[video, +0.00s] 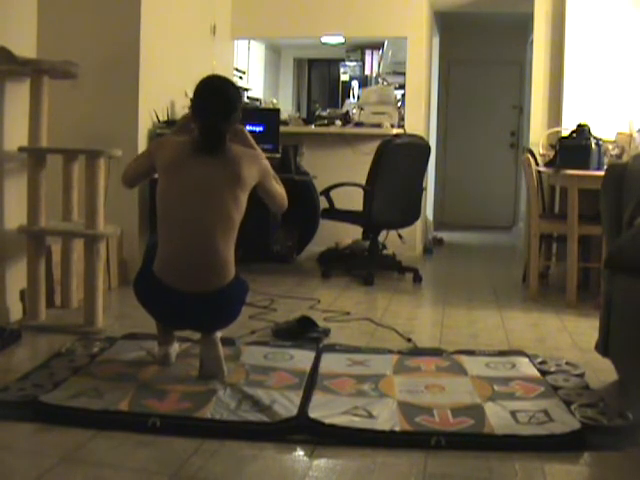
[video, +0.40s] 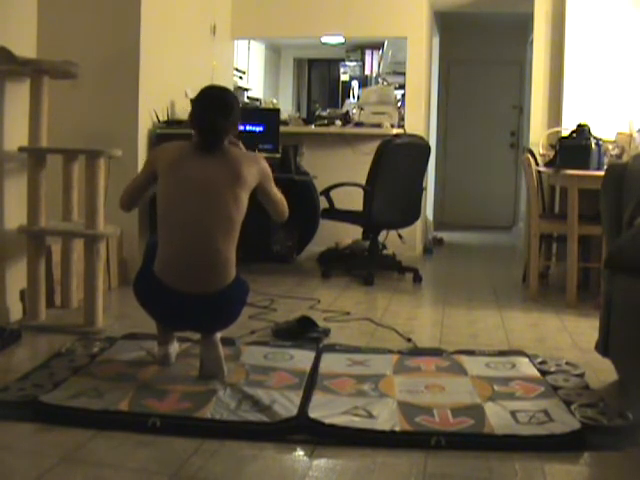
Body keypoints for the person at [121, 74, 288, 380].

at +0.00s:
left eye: (194, 104)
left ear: (193, 111)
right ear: (236, 117)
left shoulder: (166, 149)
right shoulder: (249, 160)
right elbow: (280, 203)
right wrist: (249, 143)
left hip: (165, 305)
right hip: (217, 308)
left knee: (155, 243)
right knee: (233, 279)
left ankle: (165, 345)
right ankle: (211, 339)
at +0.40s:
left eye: (193, 114)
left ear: (192, 121)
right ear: (235, 127)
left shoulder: (165, 155)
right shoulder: (252, 165)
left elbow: (127, 202)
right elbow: (281, 213)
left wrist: (157, 175)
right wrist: (248, 159)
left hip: (166, 307)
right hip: (218, 310)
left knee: (155, 241)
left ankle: (165, 345)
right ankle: (211, 340)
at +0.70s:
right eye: (235, 124)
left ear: (191, 124)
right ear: (234, 129)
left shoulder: (165, 158)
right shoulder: (252, 165)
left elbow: (125, 211)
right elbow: (284, 215)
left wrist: (158, 185)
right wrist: (261, 178)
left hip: (165, 307)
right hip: (218, 310)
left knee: (156, 241)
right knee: (238, 284)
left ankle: (165, 345)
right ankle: (211, 341)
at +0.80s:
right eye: (236, 124)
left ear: (191, 123)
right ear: (234, 129)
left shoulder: (165, 158)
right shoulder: (252, 164)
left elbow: (126, 210)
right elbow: (284, 215)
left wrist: (161, 185)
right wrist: (261, 180)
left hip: (165, 307)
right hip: (218, 310)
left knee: (156, 242)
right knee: (238, 284)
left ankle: (165, 345)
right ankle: (211, 341)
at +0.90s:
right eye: (237, 123)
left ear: (192, 123)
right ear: (235, 129)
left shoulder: (166, 158)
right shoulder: (253, 165)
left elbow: (127, 209)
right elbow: (285, 216)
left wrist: (162, 185)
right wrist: (262, 183)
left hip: (165, 307)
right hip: (218, 310)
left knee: (156, 243)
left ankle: (165, 346)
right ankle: (211, 341)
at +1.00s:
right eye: (238, 125)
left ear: (192, 124)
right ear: (236, 130)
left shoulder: (166, 158)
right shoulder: (253, 165)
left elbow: (127, 209)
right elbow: (286, 217)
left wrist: (162, 185)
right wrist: (263, 183)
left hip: (165, 307)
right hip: (218, 311)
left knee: (156, 243)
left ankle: (165, 345)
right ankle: (211, 341)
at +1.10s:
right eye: (240, 127)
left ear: (193, 124)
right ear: (236, 131)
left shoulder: (167, 158)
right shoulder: (254, 166)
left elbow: (128, 210)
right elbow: (287, 218)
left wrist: (161, 187)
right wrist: (260, 185)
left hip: (165, 307)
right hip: (218, 311)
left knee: (156, 244)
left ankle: (164, 346)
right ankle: (212, 341)